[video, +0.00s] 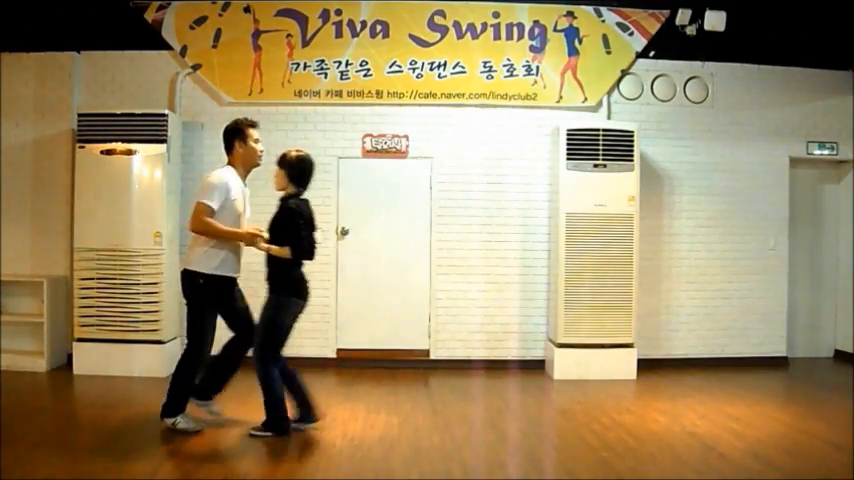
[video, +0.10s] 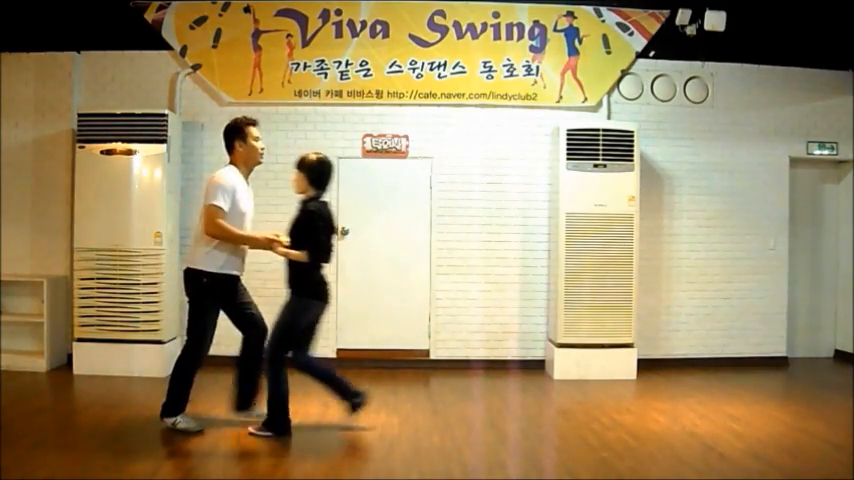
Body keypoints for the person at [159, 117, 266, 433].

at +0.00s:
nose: (261, 148)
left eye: (260, 141)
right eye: (255, 142)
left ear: (241, 148)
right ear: (237, 146)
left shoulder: (239, 185)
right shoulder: (219, 179)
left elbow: (223, 226)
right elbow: (197, 222)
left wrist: (249, 235)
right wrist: (240, 235)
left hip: (222, 277)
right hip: (201, 276)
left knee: (245, 333)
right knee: (198, 346)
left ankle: (202, 396)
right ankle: (172, 412)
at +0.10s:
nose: (262, 146)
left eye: (261, 140)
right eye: (256, 140)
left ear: (245, 147)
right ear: (238, 146)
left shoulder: (242, 184)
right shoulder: (222, 179)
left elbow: (230, 231)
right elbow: (212, 227)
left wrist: (264, 241)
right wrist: (257, 240)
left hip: (226, 277)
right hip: (204, 275)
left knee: (256, 330)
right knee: (197, 347)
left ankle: (244, 405)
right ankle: (172, 412)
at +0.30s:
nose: (262, 146)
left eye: (260, 140)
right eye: (255, 141)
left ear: (245, 149)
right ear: (237, 149)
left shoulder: (253, 188)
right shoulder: (229, 186)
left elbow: (258, 234)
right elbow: (239, 237)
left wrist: (296, 245)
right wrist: (291, 244)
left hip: (245, 281)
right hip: (225, 281)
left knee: (274, 341)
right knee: (210, 350)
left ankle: (276, 408)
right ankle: (175, 410)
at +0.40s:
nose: (265, 140)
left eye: (263, 135)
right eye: (258, 135)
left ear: (252, 143)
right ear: (239, 142)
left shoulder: (261, 183)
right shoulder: (230, 181)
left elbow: (271, 228)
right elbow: (242, 233)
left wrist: (307, 237)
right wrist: (291, 233)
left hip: (261, 275)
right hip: (238, 277)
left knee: (277, 340)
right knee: (239, 346)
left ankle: (278, 412)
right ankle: (189, 398)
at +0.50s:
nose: (267, 137)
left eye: (265, 132)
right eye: (260, 133)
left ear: (251, 141)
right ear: (241, 141)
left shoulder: (268, 181)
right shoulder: (231, 182)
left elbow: (281, 226)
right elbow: (239, 233)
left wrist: (318, 235)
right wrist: (285, 227)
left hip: (270, 271)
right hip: (246, 274)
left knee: (279, 341)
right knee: (263, 341)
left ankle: (278, 412)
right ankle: (215, 396)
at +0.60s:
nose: (269, 139)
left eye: (267, 134)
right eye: (261, 135)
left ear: (260, 142)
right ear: (243, 142)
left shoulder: (272, 181)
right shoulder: (232, 183)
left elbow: (288, 226)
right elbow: (236, 235)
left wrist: (329, 233)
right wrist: (281, 228)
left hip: (276, 271)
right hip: (251, 274)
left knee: (288, 340)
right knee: (273, 341)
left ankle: (279, 412)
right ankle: (242, 409)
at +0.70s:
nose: (270, 143)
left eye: (269, 137)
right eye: (264, 137)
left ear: (263, 144)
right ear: (245, 144)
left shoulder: (273, 184)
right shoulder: (232, 185)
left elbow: (294, 228)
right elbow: (230, 236)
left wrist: (336, 233)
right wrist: (276, 233)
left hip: (277, 276)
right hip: (251, 279)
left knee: (297, 338)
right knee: (274, 345)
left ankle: (279, 411)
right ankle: (248, 416)